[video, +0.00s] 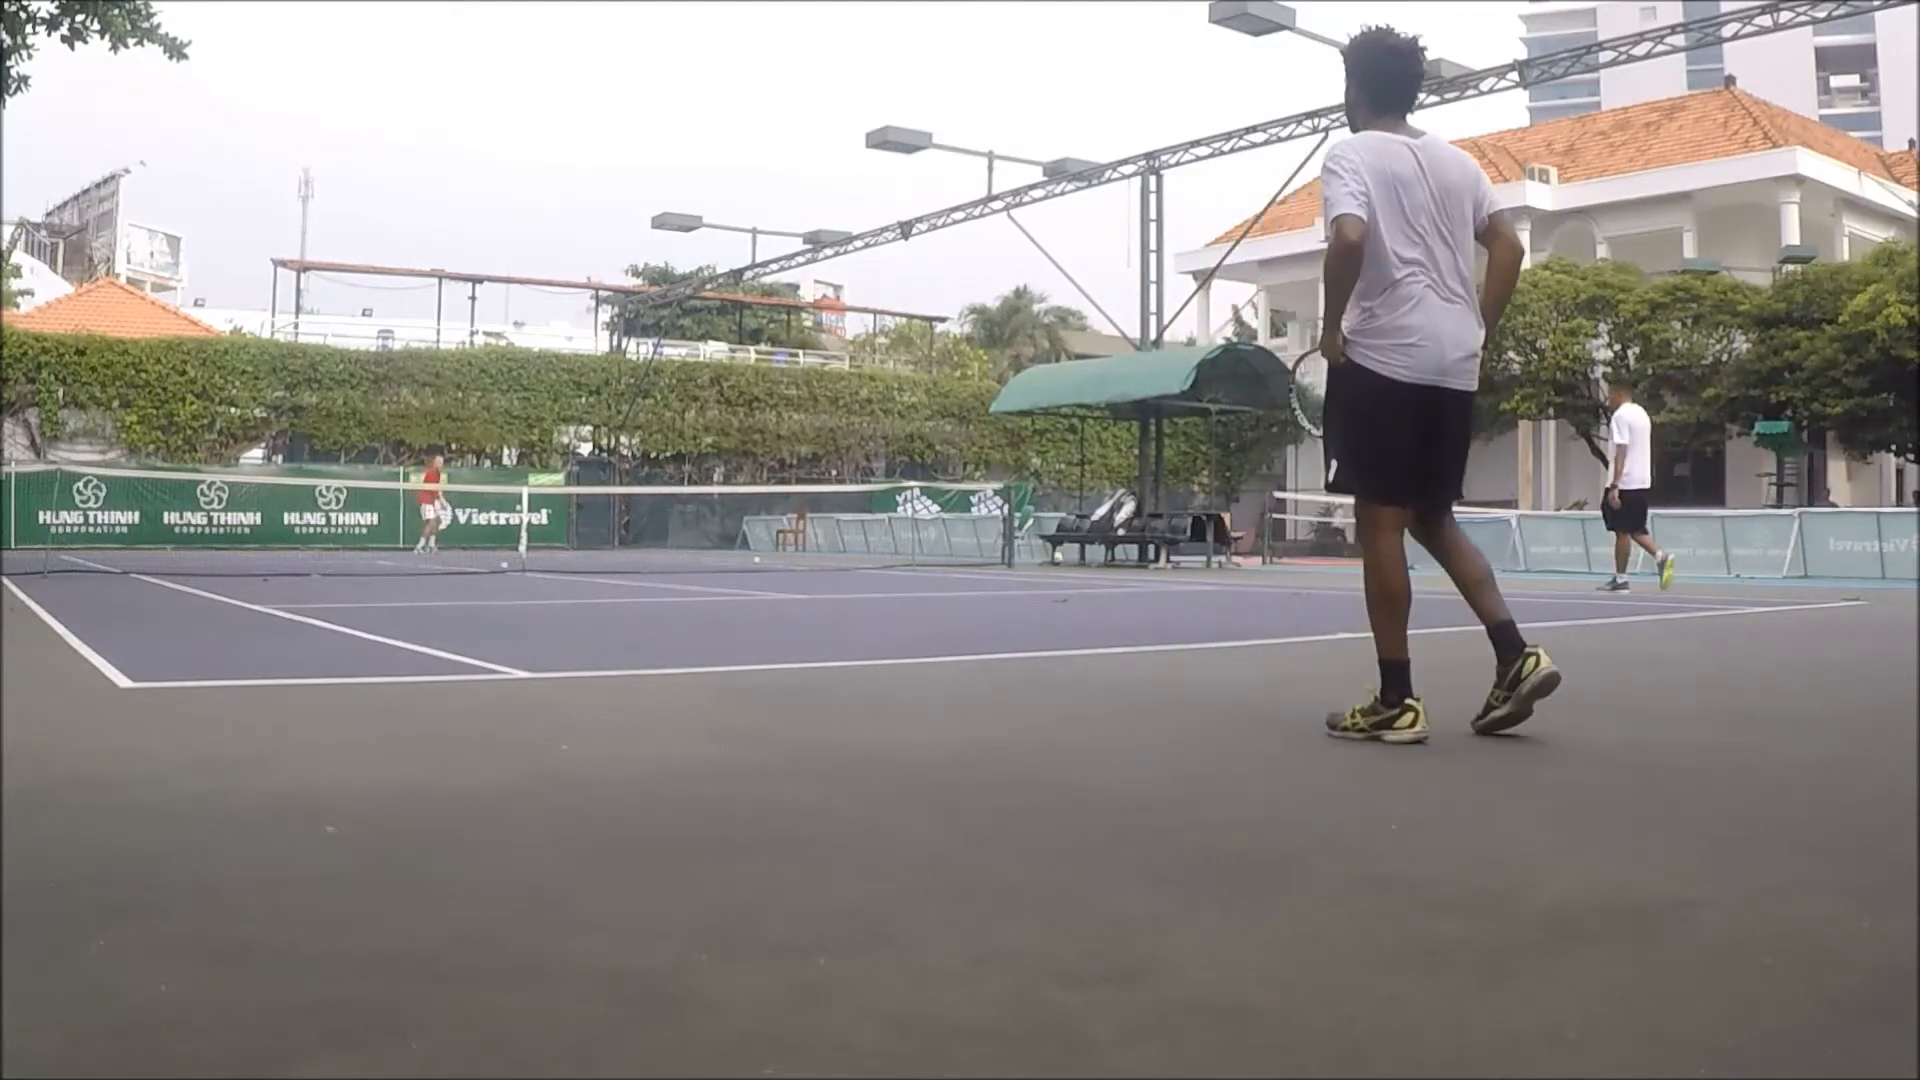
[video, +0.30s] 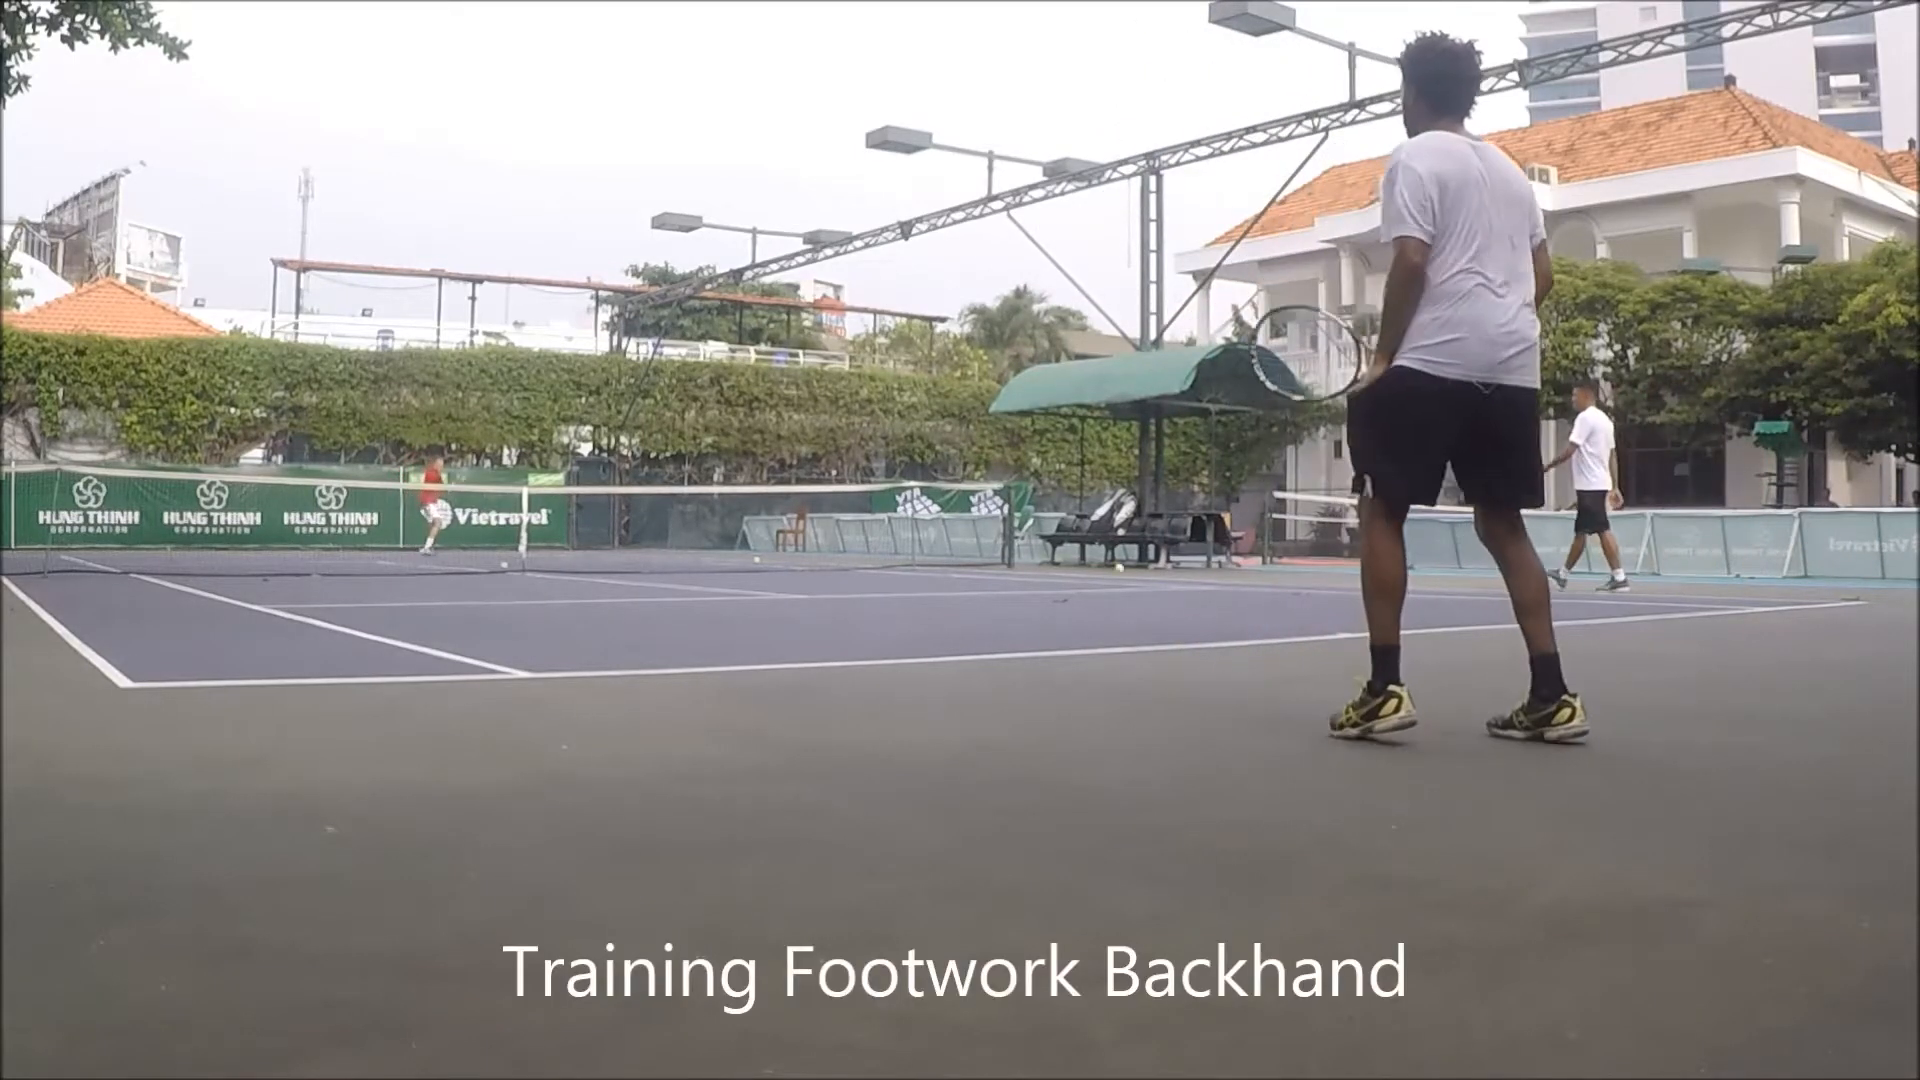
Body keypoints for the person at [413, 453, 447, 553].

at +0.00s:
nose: (441, 465)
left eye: (442, 462)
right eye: (438, 462)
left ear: (442, 463)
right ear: (432, 462)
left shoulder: (437, 474)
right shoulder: (430, 474)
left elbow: (437, 489)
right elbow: (434, 489)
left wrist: (441, 500)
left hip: (433, 500)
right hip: (426, 500)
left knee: (436, 521)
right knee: (431, 521)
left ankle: (431, 544)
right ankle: (420, 545)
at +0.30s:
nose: (441, 466)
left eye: (442, 464)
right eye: (439, 464)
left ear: (441, 465)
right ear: (433, 464)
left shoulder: (436, 475)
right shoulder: (431, 474)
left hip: (434, 500)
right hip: (428, 501)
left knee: (437, 522)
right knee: (437, 521)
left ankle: (428, 546)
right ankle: (427, 547)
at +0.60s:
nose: (439, 463)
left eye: (440, 460)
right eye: (437, 461)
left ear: (441, 461)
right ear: (431, 461)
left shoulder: (442, 472)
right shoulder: (422, 473)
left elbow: (444, 486)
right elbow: (420, 487)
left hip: (439, 499)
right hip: (427, 499)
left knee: (436, 522)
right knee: (430, 519)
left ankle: (424, 541)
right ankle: (426, 544)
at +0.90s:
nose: (438, 459)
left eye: (440, 456)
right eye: (436, 456)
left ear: (441, 457)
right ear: (430, 456)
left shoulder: (441, 468)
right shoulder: (424, 467)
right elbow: (417, 472)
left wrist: (422, 457)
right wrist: (417, 462)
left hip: (438, 493)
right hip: (429, 493)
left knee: (438, 519)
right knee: (431, 517)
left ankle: (423, 538)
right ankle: (426, 543)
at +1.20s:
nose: (437, 459)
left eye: (439, 457)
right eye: (435, 457)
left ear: (442, 459)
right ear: (431, 458)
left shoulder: (443, 469)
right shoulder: (427, 468)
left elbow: (439, 480)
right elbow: (421, 477)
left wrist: (424, 477)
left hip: (438, 495)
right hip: (427, 496)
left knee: (440, 520)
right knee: (427, 520)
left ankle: (441, 544)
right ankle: (425, 543)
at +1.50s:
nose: (433, 458)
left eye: (435, 455)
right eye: (431, 455)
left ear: (438, 456)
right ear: (428, 456)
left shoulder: (441, 469)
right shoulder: (425, 469)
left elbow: (444, 486)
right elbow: (421, 481)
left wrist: (428, 486)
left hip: (437, 498)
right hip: (426, 497)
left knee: (440, 521)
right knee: (421, 519)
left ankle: (441, 544)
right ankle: (417, 544)